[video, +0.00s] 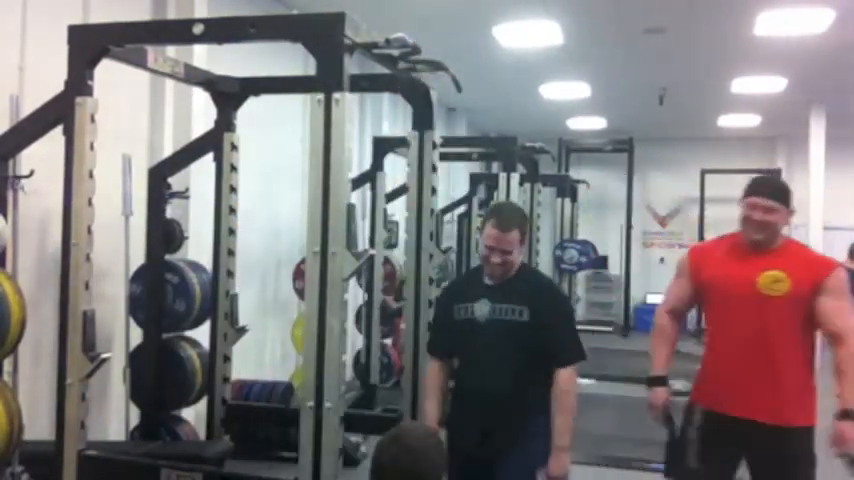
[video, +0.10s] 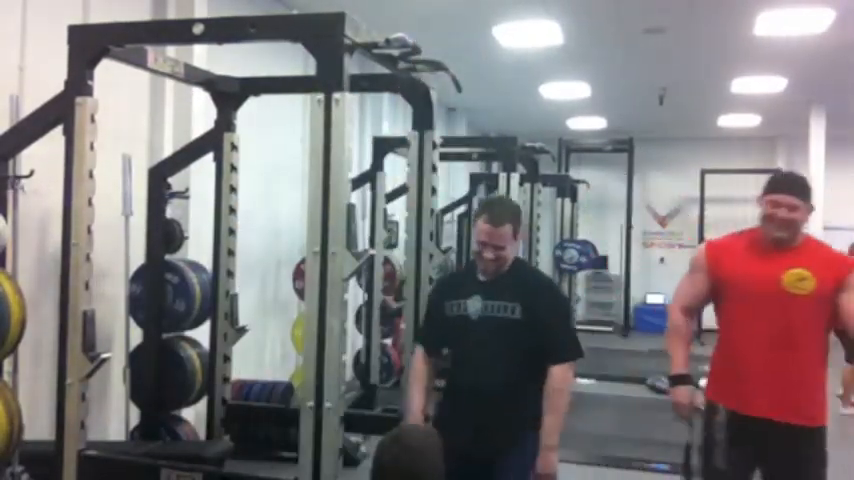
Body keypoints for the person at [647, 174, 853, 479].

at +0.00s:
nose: (757, 217)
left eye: (768, 210)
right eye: (750, 207)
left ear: (787, 216)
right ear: (740, 208)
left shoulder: (821, 272)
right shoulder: (701, 259)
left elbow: (844, 340)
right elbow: (668, 313)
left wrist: (846, 412)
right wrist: (658, 379)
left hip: (785, 426)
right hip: (714, 418)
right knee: (696, 473)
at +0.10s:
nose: (781, 215)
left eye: (791, 208)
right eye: (774, 206)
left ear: (808, 213)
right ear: (761, 205)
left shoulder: (836, 268)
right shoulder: (717, 255)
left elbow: (849, 333)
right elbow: (681, 310)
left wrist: (850, 367)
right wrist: (679, 378)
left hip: (800, 422)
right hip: (729, 415)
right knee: (720, 473)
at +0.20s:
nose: (803, 215)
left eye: (814, 209)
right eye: (795, 205)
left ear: (826, 214)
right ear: (778, 204)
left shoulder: (844, 265)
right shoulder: (735, 253)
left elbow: (848, 340)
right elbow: (690, 307)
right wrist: (697, 378)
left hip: (817, 421)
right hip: (750, 415)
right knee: (751, 473)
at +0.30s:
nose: (827, 217)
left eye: (836, 210)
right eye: (817, 207)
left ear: (844, 216)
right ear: (795, 206)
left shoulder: (849, 263)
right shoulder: (749, 255)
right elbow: (701, 309)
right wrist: (714, 385)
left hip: (833, 423)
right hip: (766, 419)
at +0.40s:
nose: (852, 217)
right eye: (845, 207)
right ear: (814, 209)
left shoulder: (850, 263)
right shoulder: (768, 260)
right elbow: (721, 318)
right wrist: (732, 399)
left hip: (845, 422)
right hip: (786, 421)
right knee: (796, 473)